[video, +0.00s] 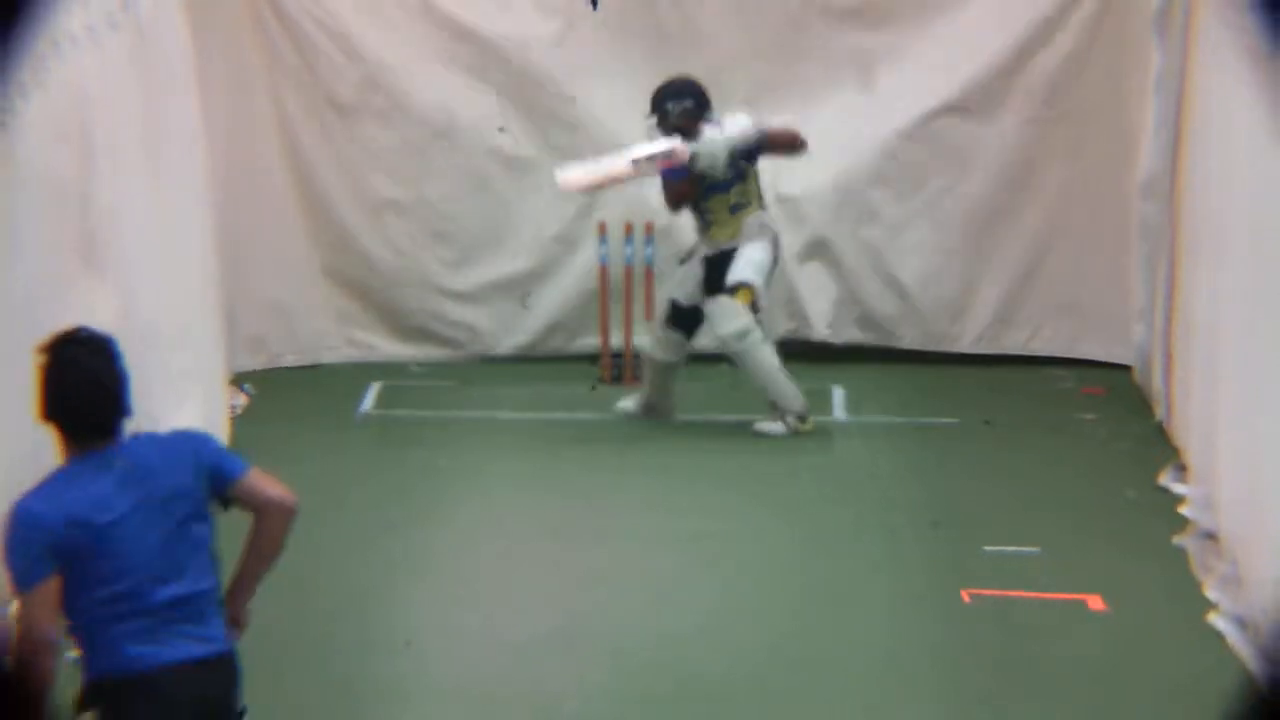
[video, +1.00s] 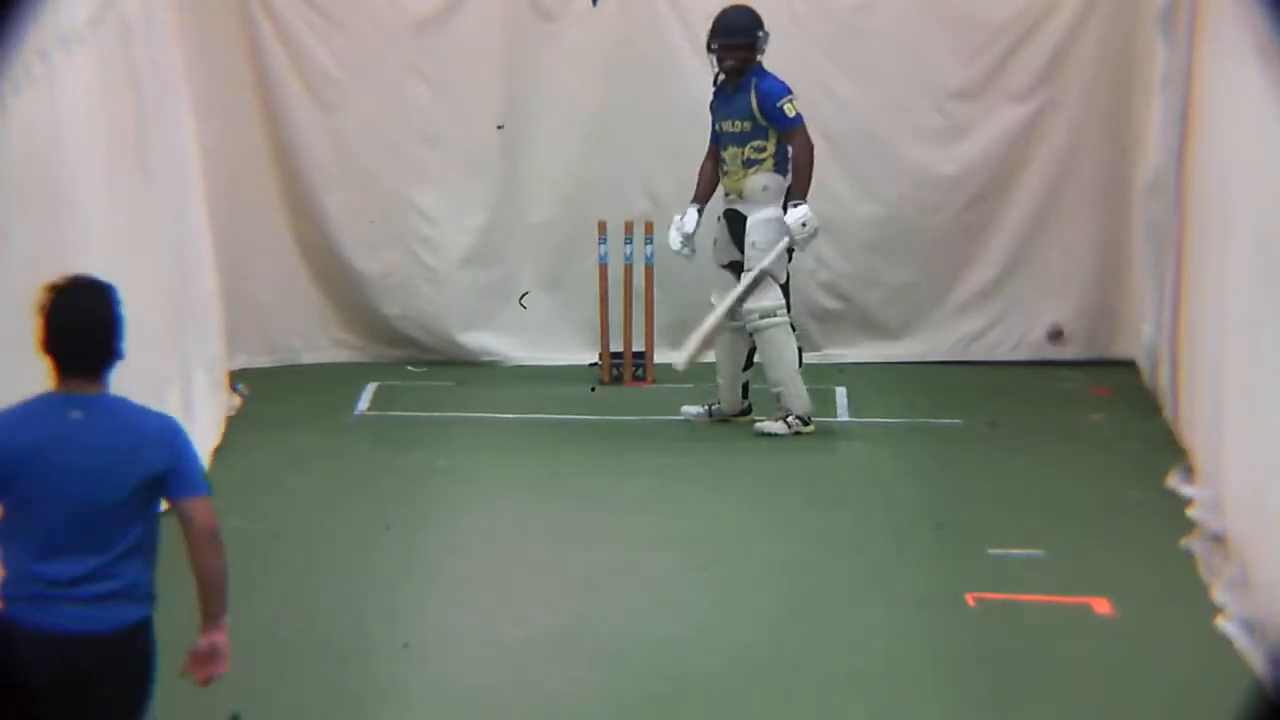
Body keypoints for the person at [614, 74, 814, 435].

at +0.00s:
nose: (667, 126)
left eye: (672, 116)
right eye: (663, 118)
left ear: (694, 113)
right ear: (661, 120)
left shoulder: (733, 131)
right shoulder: (672, 154)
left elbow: (795, 143)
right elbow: (674, 201)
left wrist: (740, 146)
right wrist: (700, 167)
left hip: (752, 238)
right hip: (711, 245)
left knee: (730, 317)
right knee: (673, 323)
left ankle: (793, 411)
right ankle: (654, 402)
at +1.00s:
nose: (724, 59)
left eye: (733, 51)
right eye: (718, 51)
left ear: (754, 50)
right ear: (712, 50)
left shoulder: (770, 90)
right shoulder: (721, 97)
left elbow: (803, 146)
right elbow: (715, 158)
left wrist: (795, 204)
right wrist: (694, 209)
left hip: (766, 214)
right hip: (732, 212)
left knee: (764, 307)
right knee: (730, 308)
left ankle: (796, 411)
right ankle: (730, 402)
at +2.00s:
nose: (715, 60)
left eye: (720, 52)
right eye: (714, 52)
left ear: (740, 48)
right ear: (736, 50)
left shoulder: (769, 85)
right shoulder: (734, 92)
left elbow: (802, 144)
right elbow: (730, 158)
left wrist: (806, 206)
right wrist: (690, 199)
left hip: (767, 213)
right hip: (735, 212)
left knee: (762, 307)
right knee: (725, 305)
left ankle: (794, 408)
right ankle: (730, 403)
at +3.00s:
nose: (750, 48)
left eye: (752, 42)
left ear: (756, 44)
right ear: (795, 49)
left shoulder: (736, 76)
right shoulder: (804, 95)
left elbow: (714, 135)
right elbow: (815, 162)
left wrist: (698, 192)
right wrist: (783, 191)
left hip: (750, 199)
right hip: (789, 202)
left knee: (736, 295)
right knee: (761, 298)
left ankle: (758, 397)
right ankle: (734, 397)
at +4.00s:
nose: (1053, 183)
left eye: (1055, 176)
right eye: (1052, 174)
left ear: (1016, 150)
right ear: (1039, 163)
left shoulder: (963, 152)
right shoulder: (1031, 185)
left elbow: (905, 160)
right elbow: (1060, 259)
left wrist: (864, 196)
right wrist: (1086, 311)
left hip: (920, 220)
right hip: (971, 228)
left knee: (871, 311)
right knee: (1015, 310)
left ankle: (824, 396)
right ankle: (1029, 397)